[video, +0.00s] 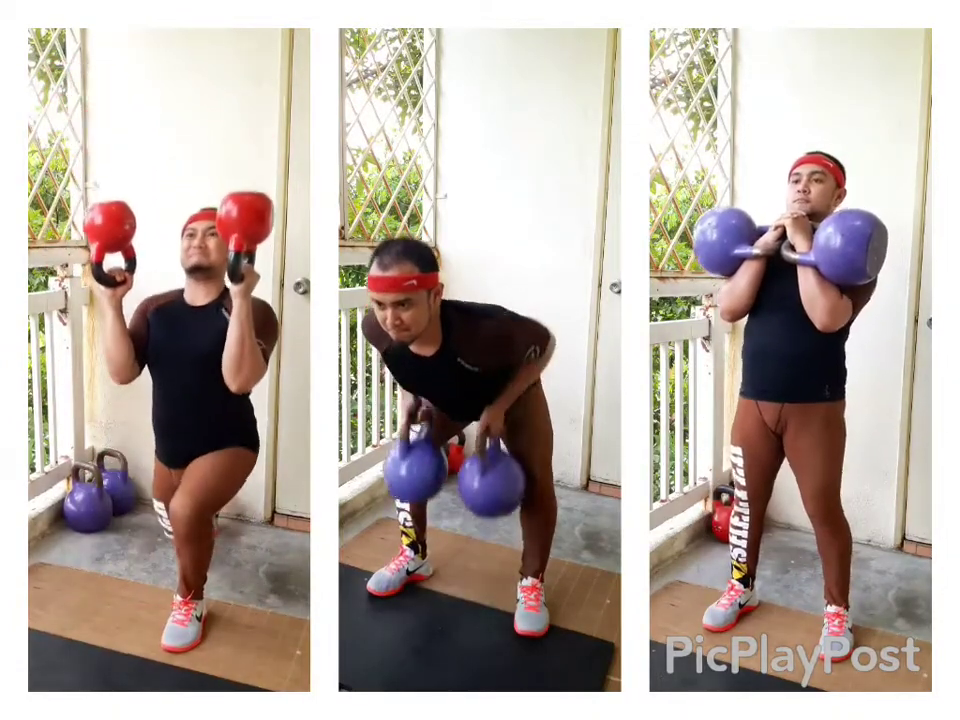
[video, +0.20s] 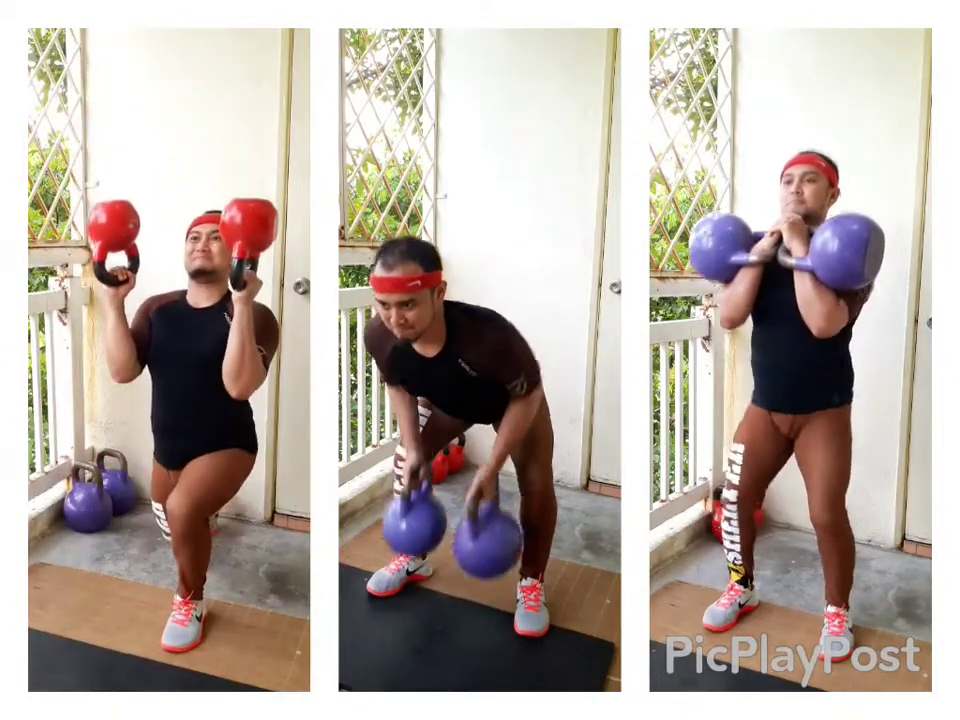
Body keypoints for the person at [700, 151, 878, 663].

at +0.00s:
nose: (801, 187)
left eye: (815, 180)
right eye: (795, 180)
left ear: (840, 195)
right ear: (784, 192)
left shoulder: (848, 255)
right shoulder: (761, 246)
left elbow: (828, 317)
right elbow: (729, 308)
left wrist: (802, 246)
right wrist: (763, 247)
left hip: (814, 406)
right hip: (754, 400)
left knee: (823, 513)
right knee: (748, 502)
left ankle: (836, 610)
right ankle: (740, 586)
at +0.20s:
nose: (795, 190)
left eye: (808, 182)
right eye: (788, 182)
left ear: (832, 195)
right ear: (778, 193)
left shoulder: (846, 257)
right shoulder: (758, 249)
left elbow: (824, 323)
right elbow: (728, 317)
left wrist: (799, 251)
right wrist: (758, 256)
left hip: (824, 412)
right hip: (765, 408)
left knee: (827, 516)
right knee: (738, 499)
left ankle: (836, 612)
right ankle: (739, 586)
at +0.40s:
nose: (789, 238)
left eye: (802, 230)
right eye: (782, 230)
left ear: (825, 241)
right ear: (773, 239)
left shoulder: (840, 302)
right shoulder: (757, 296)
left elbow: (822, 374)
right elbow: (727, 362)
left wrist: (795, 302)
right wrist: (756, 305)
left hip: (830, 438)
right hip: (773, 434)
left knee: (828, 533)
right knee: (727, 510)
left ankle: (835, 613)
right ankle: (740, 587)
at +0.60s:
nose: (787, 297)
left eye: (800, 288)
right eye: (780, 288)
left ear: (821, 299)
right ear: (770, 298)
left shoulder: (836, 356)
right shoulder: (753, 352)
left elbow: (821, 436)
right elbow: (726, 421)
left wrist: (793, 367)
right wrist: (753, 371)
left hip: (832, 472)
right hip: (775, 469)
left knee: (827, 545)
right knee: (718, 521)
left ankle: (836, 616)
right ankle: (740, 588)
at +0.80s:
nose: (786, 347)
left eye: (798, 338)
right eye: (778, 338)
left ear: (821, 347)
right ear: (770, 346)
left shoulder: (834, 405)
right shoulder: (753, 397)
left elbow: (822, 488)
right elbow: (725, 471)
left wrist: (792, 418)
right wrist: (755, 417)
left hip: (827, 515)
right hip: (772, 512)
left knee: (827, 554)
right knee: (715, 531)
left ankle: (835, 616)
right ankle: (740, 590)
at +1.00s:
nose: (786, 367)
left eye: (799, 358)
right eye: (779, 358)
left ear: (821, 367)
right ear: (771, 365)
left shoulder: (834, 424)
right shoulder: (751, 416)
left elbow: (820, 510)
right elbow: (724, 493)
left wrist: (792, 443)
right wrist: (749, 444)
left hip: (819, 540)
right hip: (766, 535)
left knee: (826, 559)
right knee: (713, 538)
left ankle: (835, 618)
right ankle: (740, 591)